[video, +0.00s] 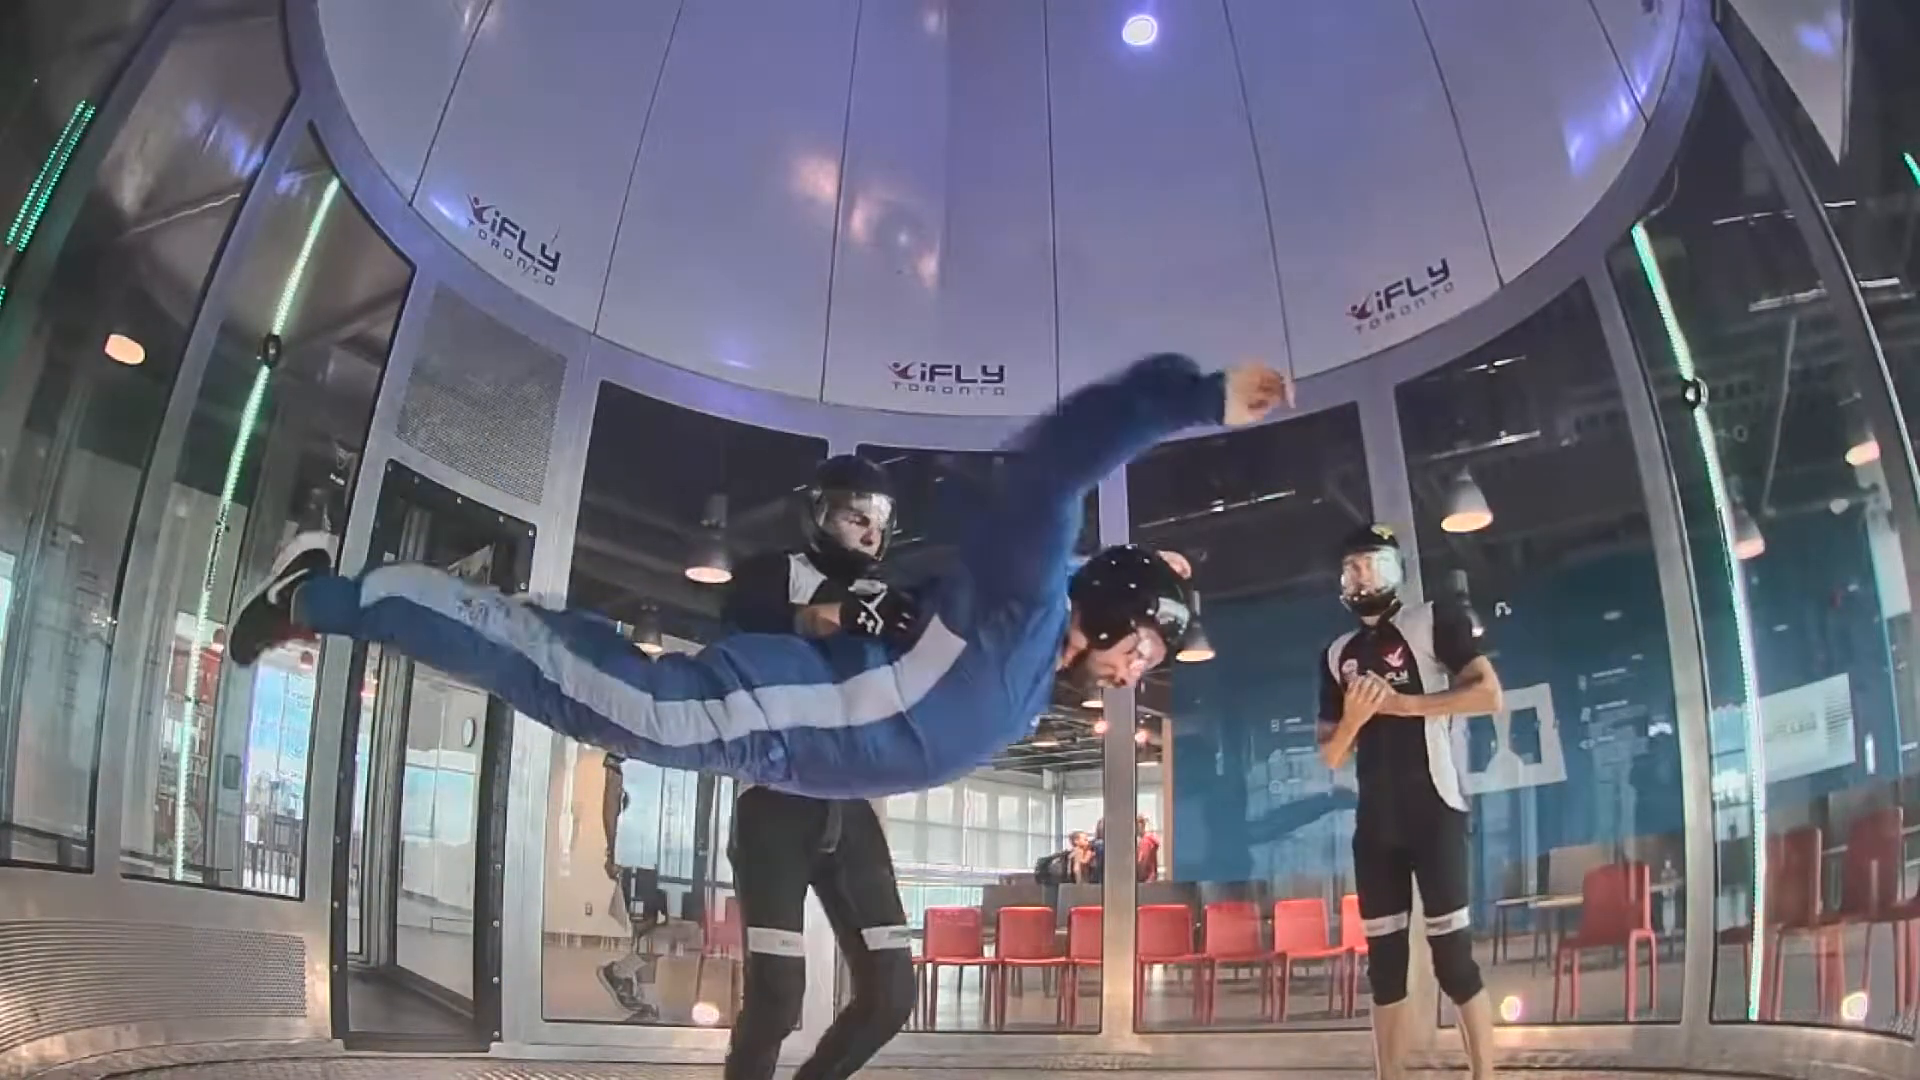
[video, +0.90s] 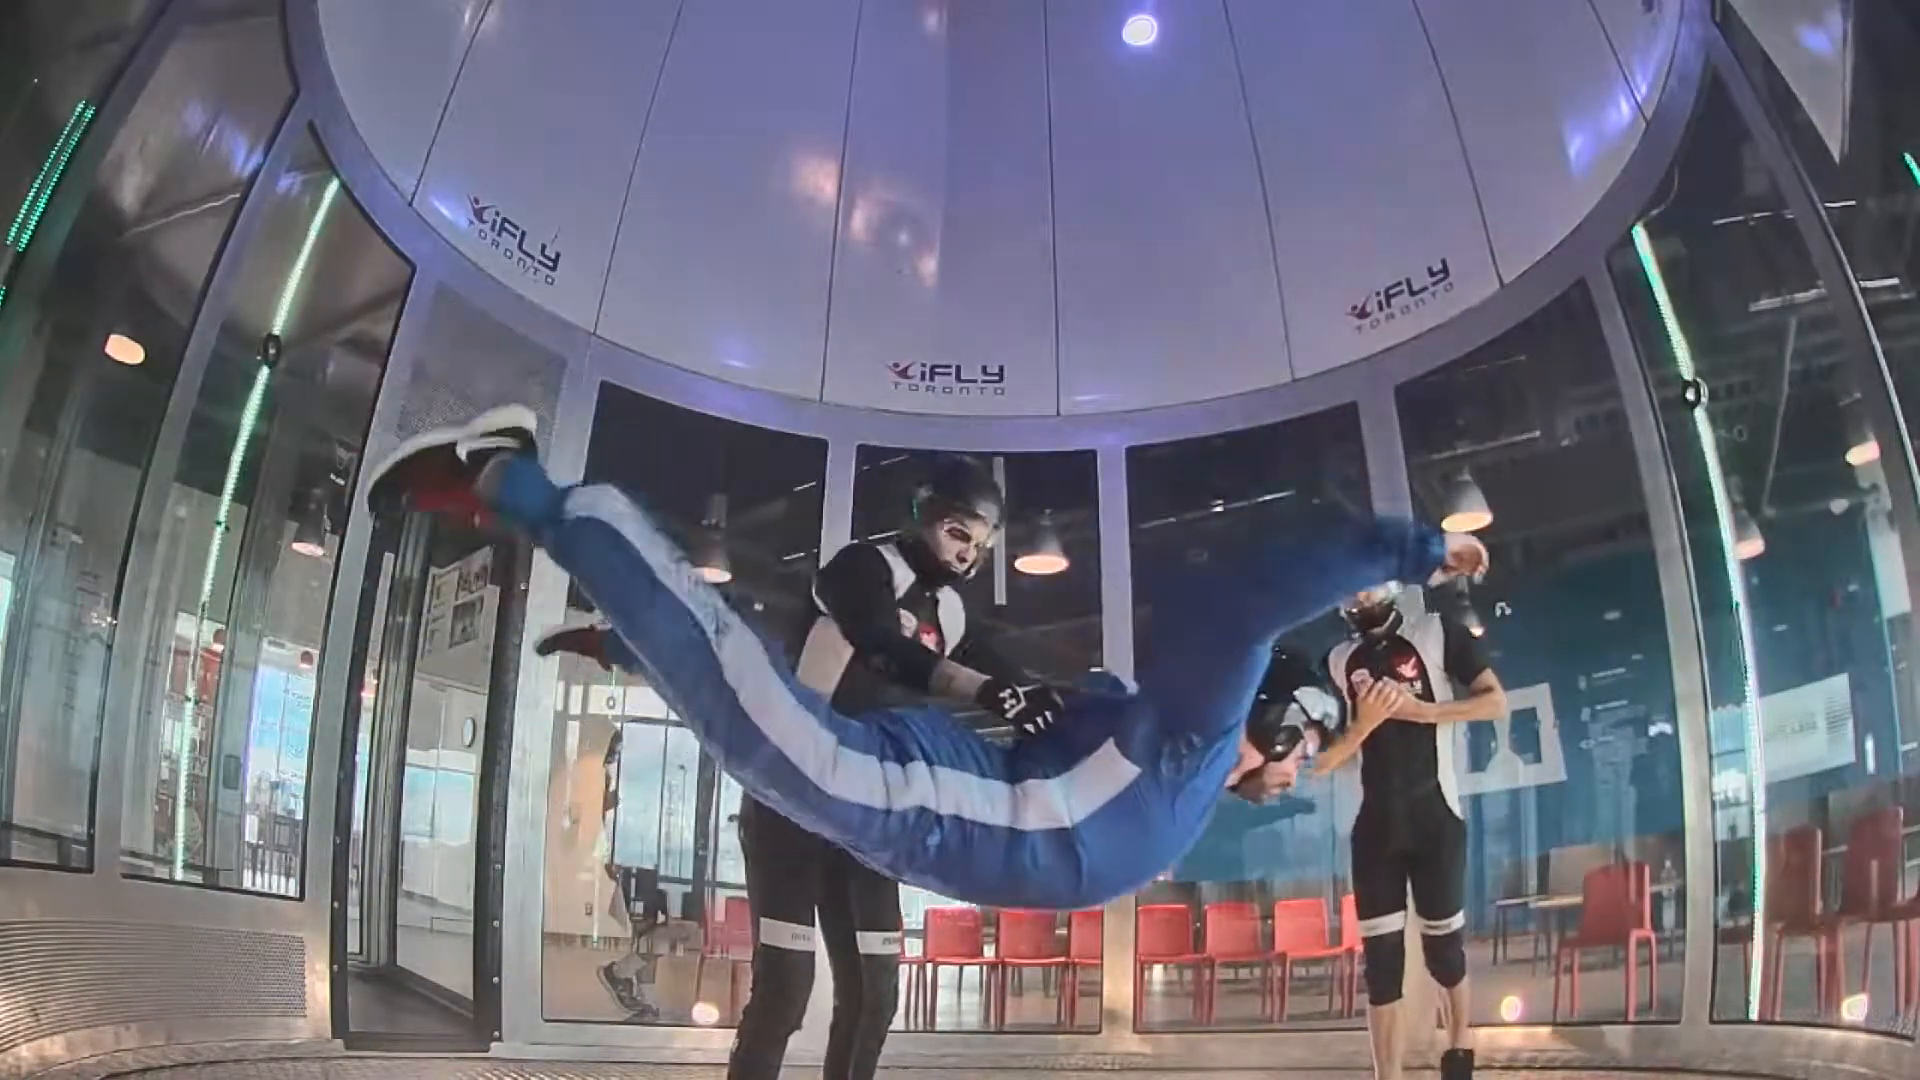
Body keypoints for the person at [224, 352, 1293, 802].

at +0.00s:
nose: (1129, 670)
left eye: (1141, 662)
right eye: (1135, 649)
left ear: (1113, 645)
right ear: (1106, 613)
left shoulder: (1021, 680)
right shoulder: (1023, 594)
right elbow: (1054, 463)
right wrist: (1201, 395)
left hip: (794, 712)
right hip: (779, 693)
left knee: (620, 677)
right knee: (597, 694)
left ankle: (419, 602)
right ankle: (340, 601)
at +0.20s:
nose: (1155, 694)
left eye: (1169, 687)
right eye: (1162, 674)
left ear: (1142, 681)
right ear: (1134, 648)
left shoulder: (1040, 712)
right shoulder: (1050, 655)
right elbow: (1121, 509)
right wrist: (1274, 448)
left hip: (778, 731)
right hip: (774, 711)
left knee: (603, 636)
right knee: (615, 654)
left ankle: (406, 475)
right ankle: (387, 472)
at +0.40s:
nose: (1170, 739)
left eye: (1183, 726)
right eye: (1180, 715)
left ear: (1147, 705)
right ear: (1152, 687)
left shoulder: (1054, 747)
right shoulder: (1064, 678)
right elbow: (1157, 540)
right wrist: (1314, 483)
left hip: (767, 734)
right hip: (770, 699)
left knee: (624, 636)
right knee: (618, 556)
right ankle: (455, 375)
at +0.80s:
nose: (1237, 745)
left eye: (1248, 749)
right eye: (1244, 732)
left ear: (1224, 754)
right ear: (1217, 713)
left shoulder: (1135, 775)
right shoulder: (1141, 718)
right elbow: (1189, 570)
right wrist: (1386, 526)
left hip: (844, 776)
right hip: (845, 743)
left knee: (715, 683)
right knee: (707, 624)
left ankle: (594, 596)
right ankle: (519, 418)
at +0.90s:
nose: (1290, 748)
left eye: (1309, 746)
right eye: (1295, 731)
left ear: (1293, 768)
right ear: (1265, 725)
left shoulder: (1182, 779)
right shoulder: (1184, 745)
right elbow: (1222, 595)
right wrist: (1417, 548)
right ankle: (541, 496)